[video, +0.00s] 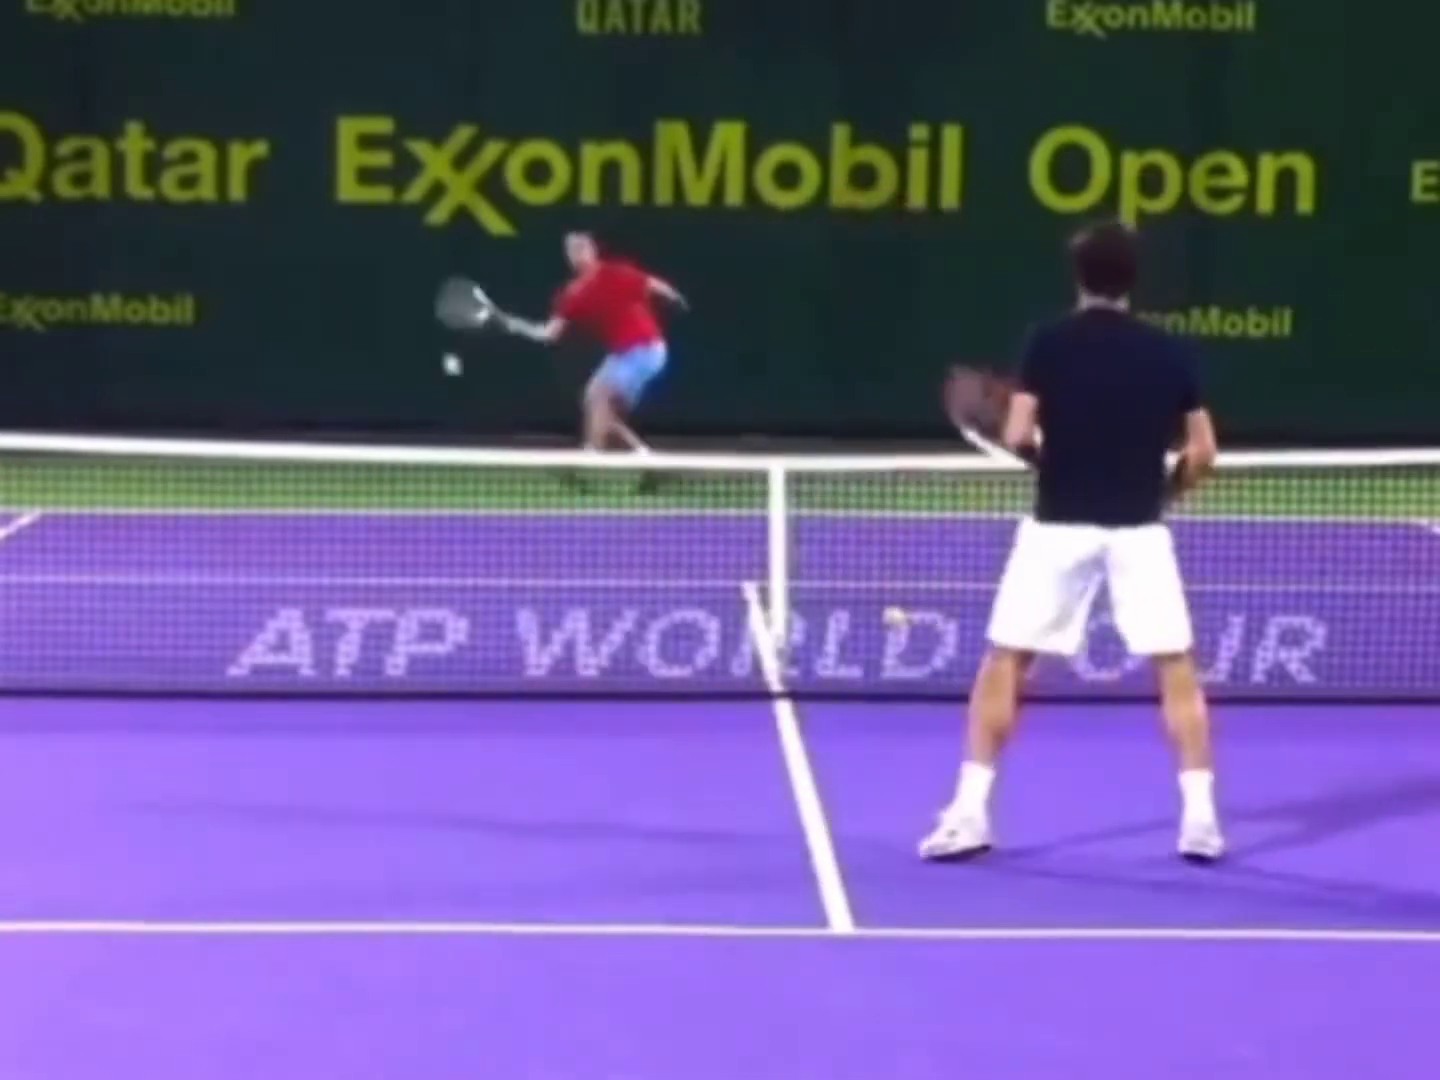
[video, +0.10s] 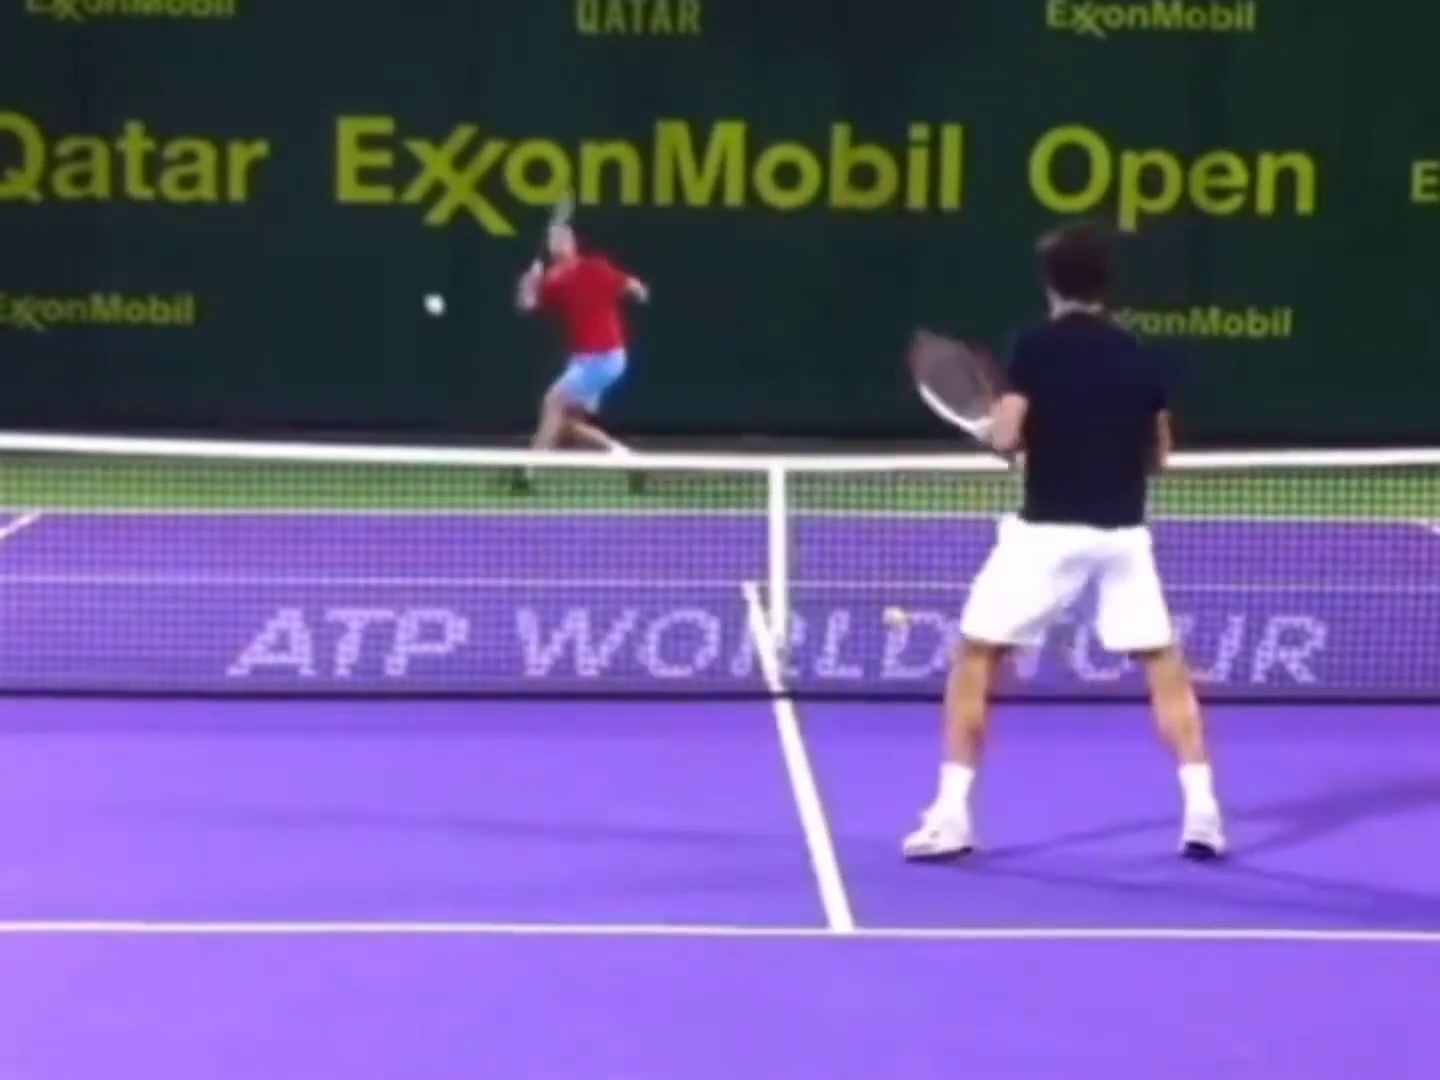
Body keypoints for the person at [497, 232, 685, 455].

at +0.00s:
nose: (578, 255)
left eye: (582, 248)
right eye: (572, 250)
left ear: (593, 249)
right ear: (567, 255)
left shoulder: (618, 272)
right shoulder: (572, 293)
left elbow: (657, 287)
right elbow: (550, 333)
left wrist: (678, 300)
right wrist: (511, 324)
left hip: (647, 347)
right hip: (621, 353)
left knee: (598, 392)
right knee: (600, 409)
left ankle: (592, 454)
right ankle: (643, 453)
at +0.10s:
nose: (557, 246)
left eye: (562, 239)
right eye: (553, 240)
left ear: (572, 242)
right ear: (548, 244)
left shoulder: (595, 267)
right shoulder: (551, 277)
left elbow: (638, 290)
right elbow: (527, 305)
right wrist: (531, 279)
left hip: (602, 353)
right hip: (584, 354)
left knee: (554, 401)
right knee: (567, 423)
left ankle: (533, 463)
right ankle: (623, 455)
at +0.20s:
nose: (543, 250)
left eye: (548, 245)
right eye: (539, 245)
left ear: (560, 246)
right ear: (534, 247)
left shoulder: (579, 273)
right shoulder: (532, 272)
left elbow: (611, 303)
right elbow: (503, 290)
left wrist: (592, 301)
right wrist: (527, 269)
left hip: (568, 353)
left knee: (518, 400)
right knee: (532, 425)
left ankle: (516, 466)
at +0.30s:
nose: (530, 235)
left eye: (536, 229)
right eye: (526, 229)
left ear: (544, 234)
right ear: (518, 233)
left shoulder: (559, 268)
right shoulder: (508, 265)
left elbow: (583, 306)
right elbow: (485, 295)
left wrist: (565, 317)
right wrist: (520, 286)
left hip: (552, 346)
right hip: (521, 346)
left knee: (508, 397)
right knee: (492, 407)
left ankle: (519, 458)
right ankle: (529, 452)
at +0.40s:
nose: (512, 231)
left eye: (518, 225)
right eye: (509, 225)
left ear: (529, 229)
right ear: (505, 228)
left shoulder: (546, 262)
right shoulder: (493, 259)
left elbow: (560, 306)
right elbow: (470, 299)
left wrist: (541, 316)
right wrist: (505, 312)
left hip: (536, 342)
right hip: (502, 340)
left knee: (500, 391)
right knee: (474, 394)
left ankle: (513, 462)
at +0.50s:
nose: (502, 230)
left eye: (507, 224)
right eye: (498, 224)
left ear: (517, 228)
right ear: (491, 228)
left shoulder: (534, 262)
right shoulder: (480, 262)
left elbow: (548, 301)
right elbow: (457, 305)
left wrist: (531, 325)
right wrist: (486, 328)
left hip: (522, 345)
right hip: (486, 344)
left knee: (494, 393)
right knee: (462, 395)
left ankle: (504, 462)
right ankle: (436, 456)